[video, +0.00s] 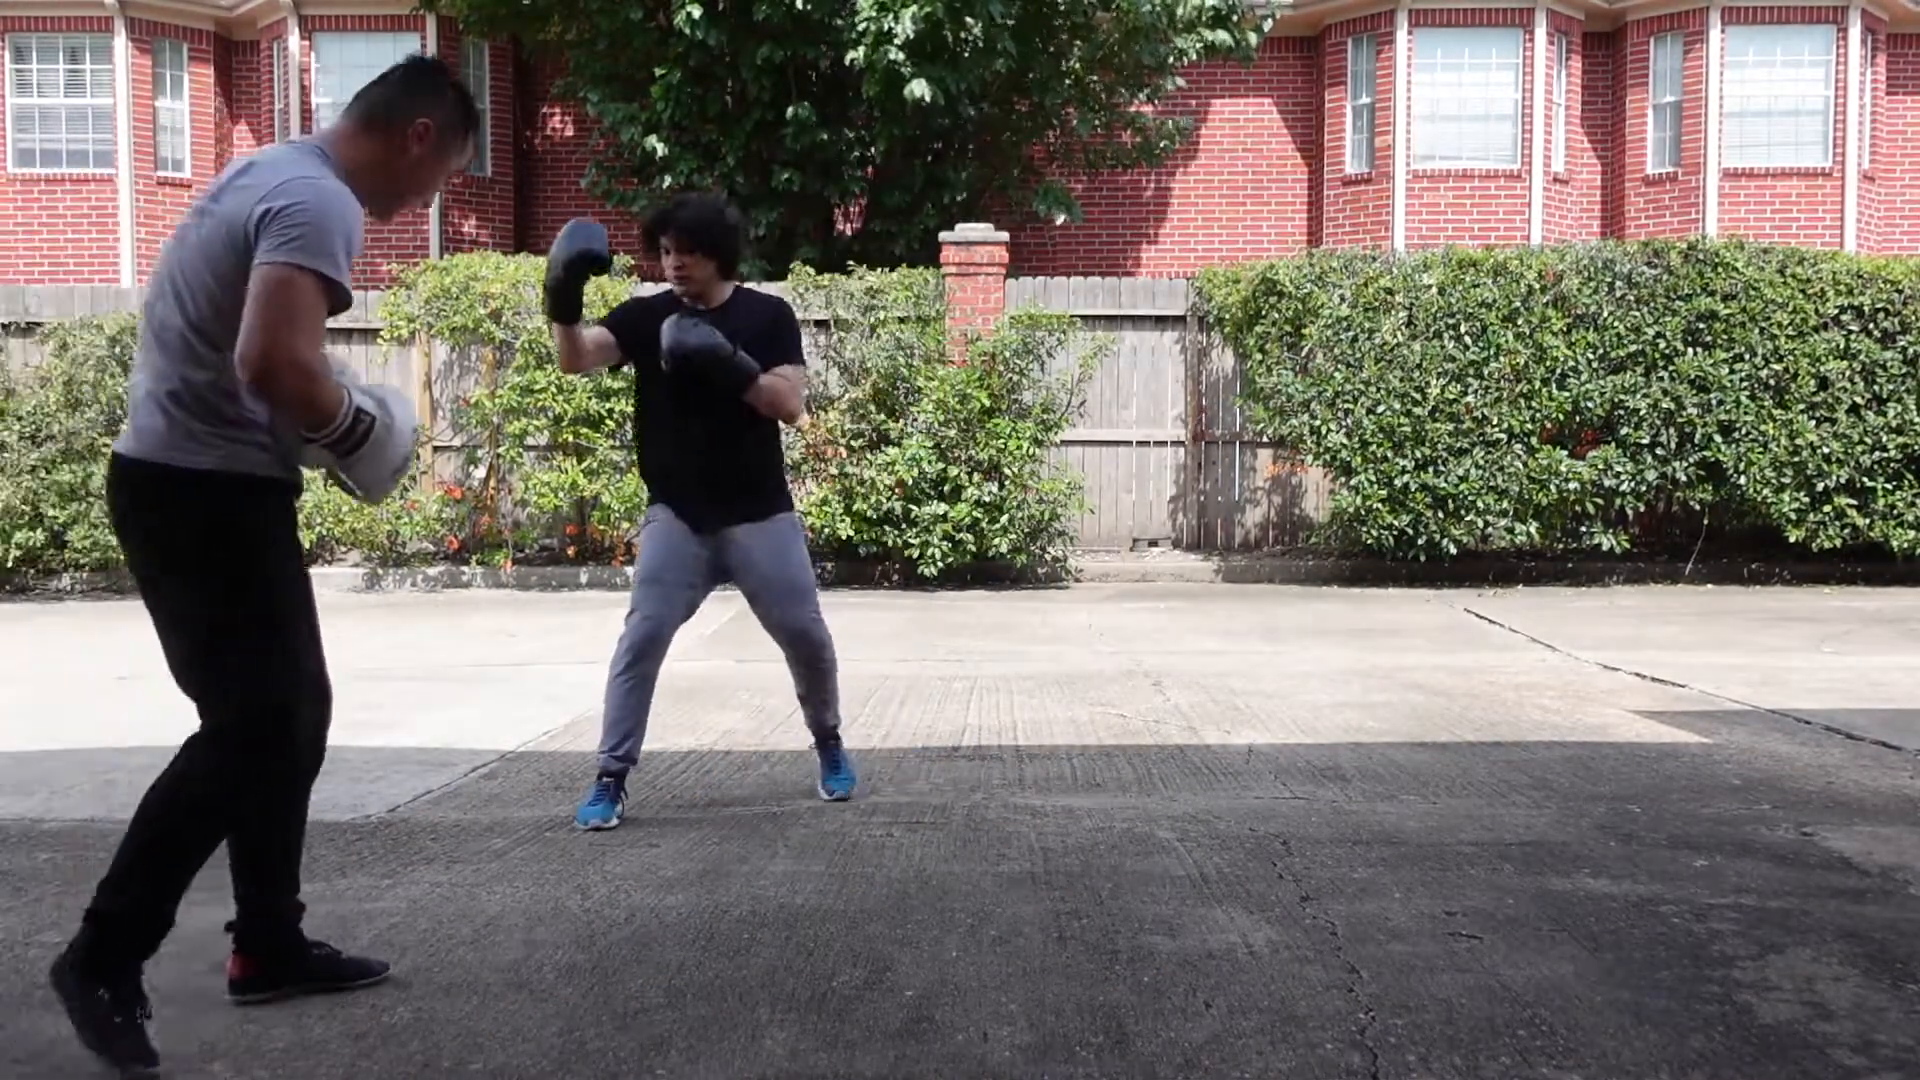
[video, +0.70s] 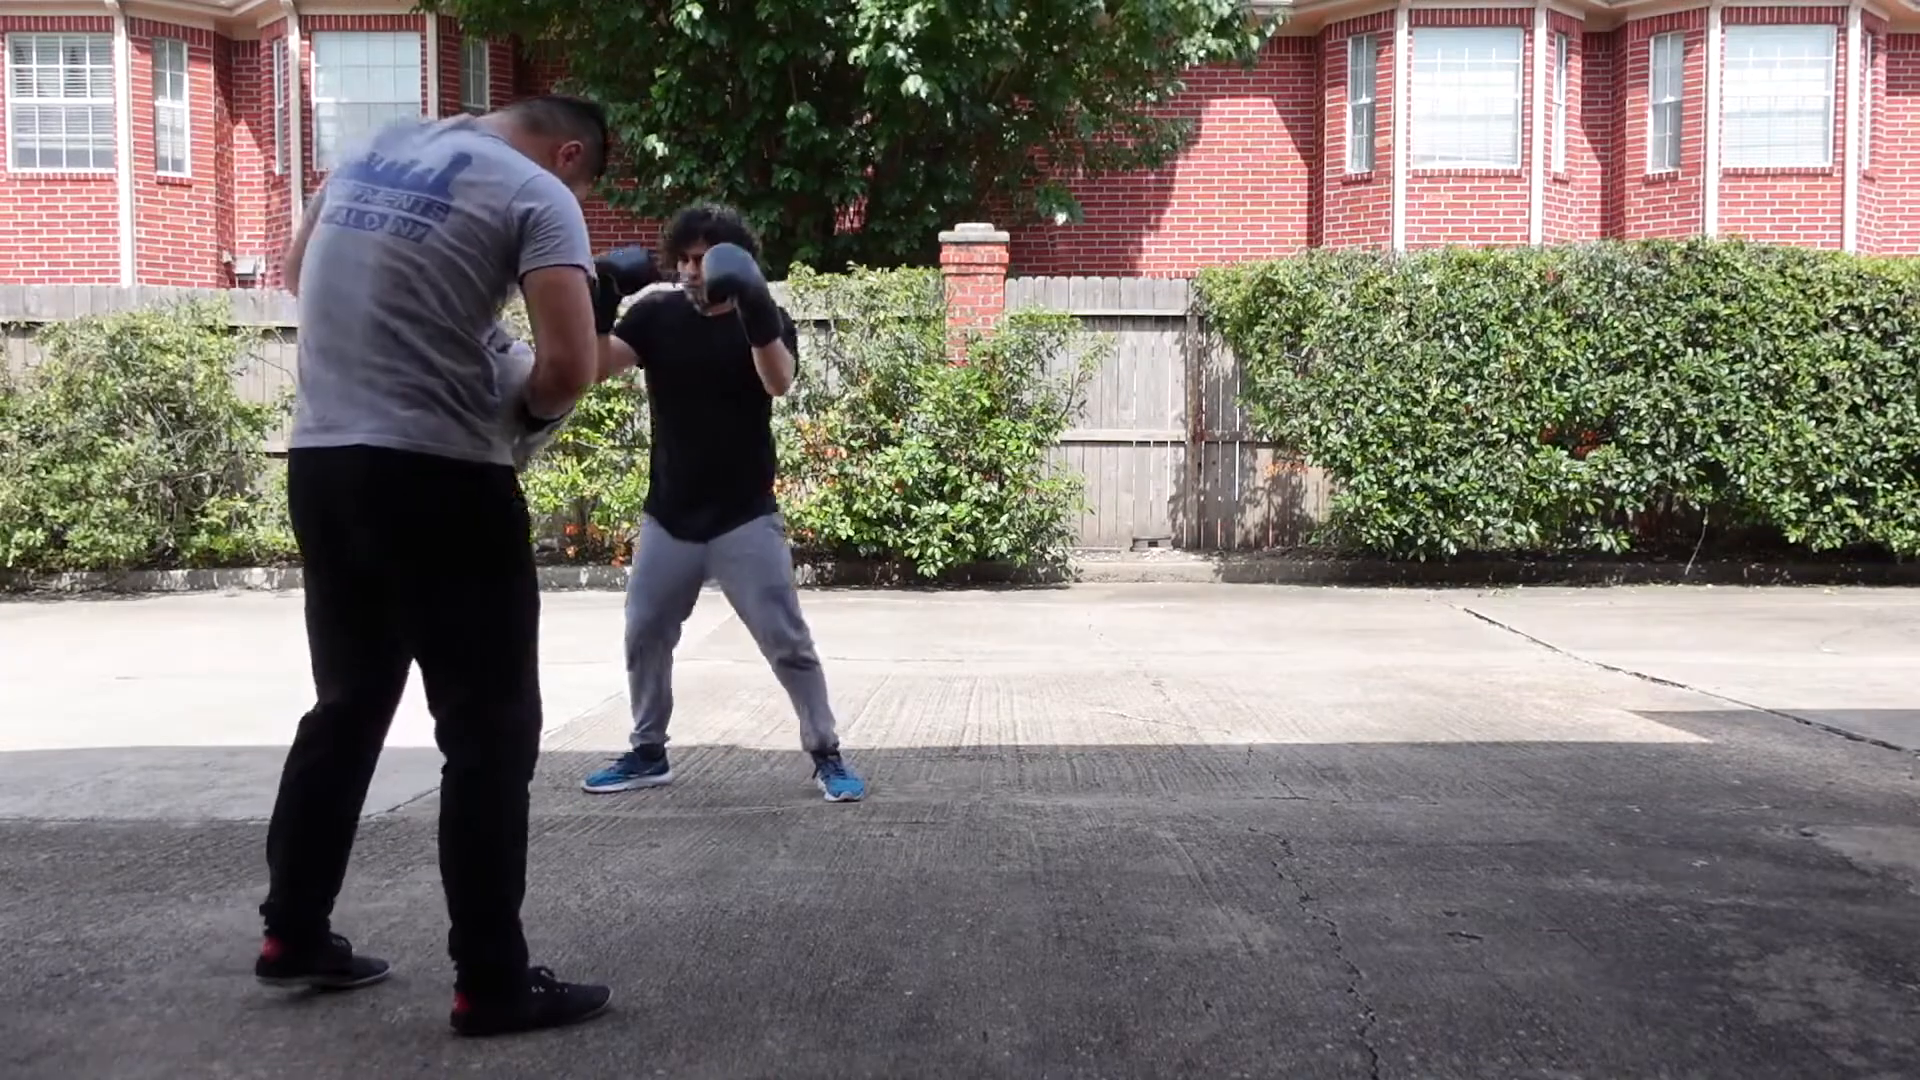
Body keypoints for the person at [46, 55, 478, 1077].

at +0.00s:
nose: (438, 193)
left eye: (447, 175)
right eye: (446, 169)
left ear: (382, 118)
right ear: (418, 133)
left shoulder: (281, 175)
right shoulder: (311, 197)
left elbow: (255, 350)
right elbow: (273, 360)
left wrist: (345, 411)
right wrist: (354, 430)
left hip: (223, 483)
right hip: (201, 488)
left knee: (293, 713)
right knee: (255, 723)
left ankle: (268, 944)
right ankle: (99, 962)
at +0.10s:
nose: (434, 212)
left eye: (450, 198)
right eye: (451, 191)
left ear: (410, 130)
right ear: (437, 145)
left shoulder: (299, 167)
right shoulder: (344, 187)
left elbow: (286, 343)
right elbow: (326, 349)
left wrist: (374, 414)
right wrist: (389, 426)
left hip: (213, 474)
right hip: (254, 481)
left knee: (296, 718)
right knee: (336, 718)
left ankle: (271, 945)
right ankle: (175, 958)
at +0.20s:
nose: (456, 219)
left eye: (470, 206)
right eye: (471, 199)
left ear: (426, 132)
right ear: (458, 152)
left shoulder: (303, 168)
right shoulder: (378, 181)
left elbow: (276, 339)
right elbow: (366, 342)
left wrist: (378, 409)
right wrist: (422, 422)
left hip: (218, 468)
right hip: (292, 480)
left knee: (290, 707)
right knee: (390, 710)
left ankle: (270, 942)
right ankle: (306, 978)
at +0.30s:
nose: (477, 224)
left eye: (490, 216)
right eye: (491, 208)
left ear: (439, 135)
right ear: (481, 161)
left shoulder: (317, 169)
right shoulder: (415, 187)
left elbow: (283, 330)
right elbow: (409, 351)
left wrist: (384, 396)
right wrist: (443, 417)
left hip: (229, 467)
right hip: (318, 475)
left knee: (296, 703)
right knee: (413, 720)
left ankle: (270, 947)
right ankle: (445, 981)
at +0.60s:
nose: (556, 214)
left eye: (566, 204)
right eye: (564, 202)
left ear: (499, 131)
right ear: (550, 162)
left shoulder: (366, 148)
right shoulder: (521, 199)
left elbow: (288, 274)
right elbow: (542, 370)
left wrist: (417, 342)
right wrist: (506, 409)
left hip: (306, 469)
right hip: (423, 481)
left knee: (344, 701)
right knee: (484, 733)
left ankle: (285, 936)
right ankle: (494, 983)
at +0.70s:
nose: (575, 196)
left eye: (583, 186)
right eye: (583, 184)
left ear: (502, 120)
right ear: (566, 151)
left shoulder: (379, 146)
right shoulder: (539, 190)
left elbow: (307, 275)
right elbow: (569, 362)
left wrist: (430, 336)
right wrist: (533, 402)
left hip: (326, 472)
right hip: (447, 484)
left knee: (347, 707)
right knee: (491, 735)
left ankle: (294, 936)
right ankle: (493, 982)